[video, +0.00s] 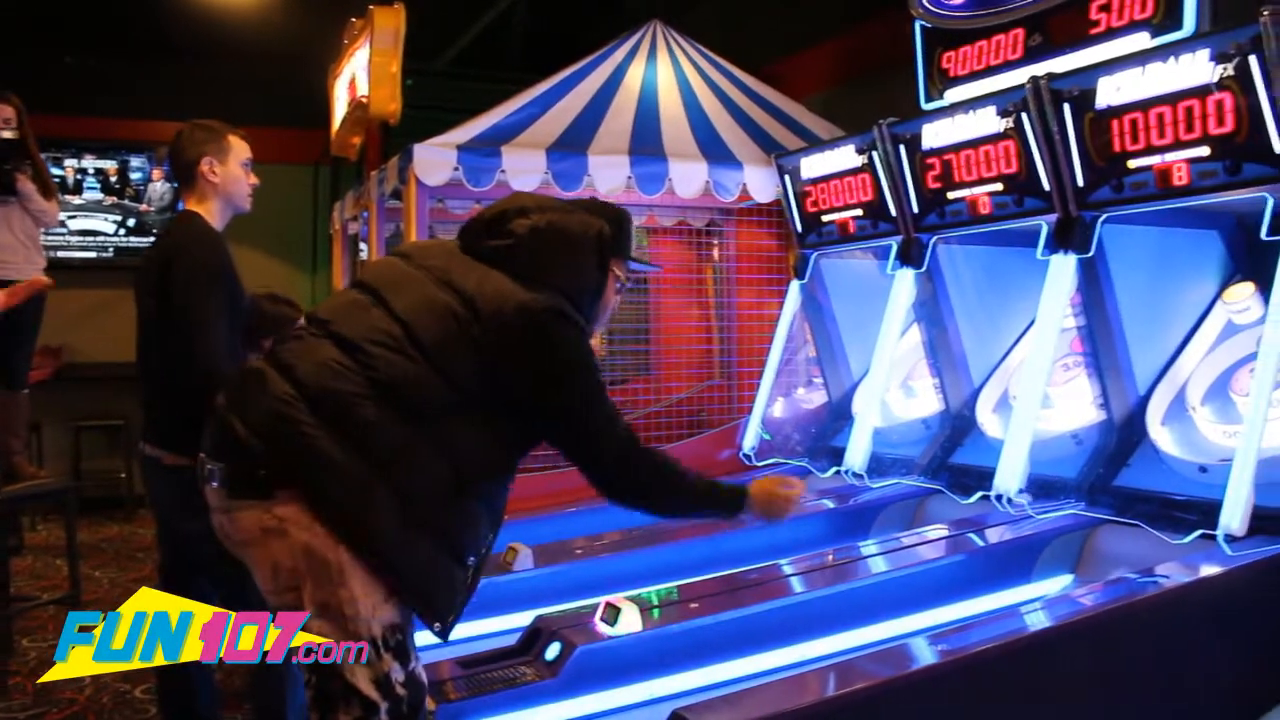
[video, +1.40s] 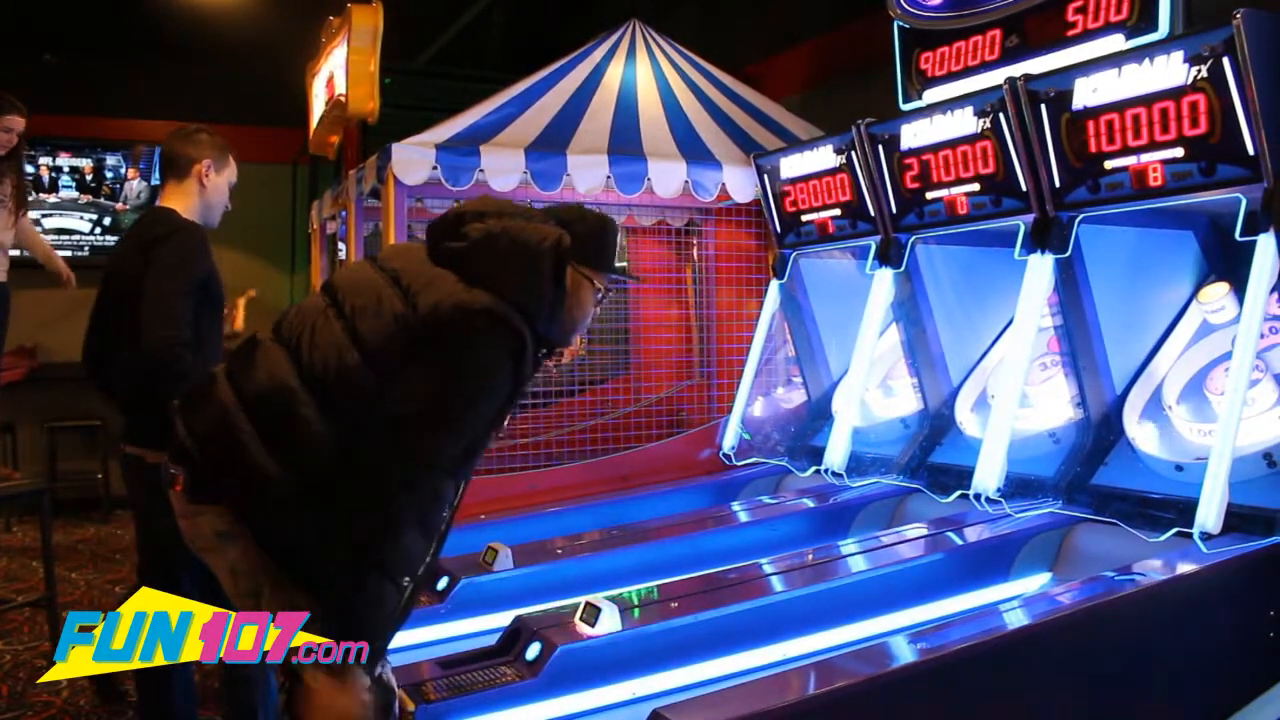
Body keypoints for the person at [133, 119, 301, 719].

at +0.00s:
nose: (254, 178)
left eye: (252, 167)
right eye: (245, 166)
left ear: (204, 172)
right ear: (210, 170)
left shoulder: (174, 241)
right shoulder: (201, 248)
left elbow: (185, 350)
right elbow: (215, 360)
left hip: (165, 447)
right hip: (193, 458)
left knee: (185, 585)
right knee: (221, 589)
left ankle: (185, 698)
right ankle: (191, 698)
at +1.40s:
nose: (230, 199)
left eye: (232, 187)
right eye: (230, 185)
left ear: (181, 172)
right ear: (204, 174)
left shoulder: (141, 235)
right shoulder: (182, 241)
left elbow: (100, 350)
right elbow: (172, 351)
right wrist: (187, 446)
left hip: (142, 452)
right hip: (175, 458)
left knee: (165, 593)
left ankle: (166, 704)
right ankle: (254, 707)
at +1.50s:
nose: (231, 197)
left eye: (232, 183)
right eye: (229, 182)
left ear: (182, 174)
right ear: (205, 172)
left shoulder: (141, 234)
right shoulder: (183, 240)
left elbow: (96, 352)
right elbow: (170, 348)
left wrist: (134, 423)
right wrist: (180, 443)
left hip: (141, 444)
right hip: (173, 448)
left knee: (162, 578)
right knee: (185, 586)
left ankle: (160, 696)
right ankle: (171, 700)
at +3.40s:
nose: (187, 189)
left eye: (185, 174)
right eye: (183, 174)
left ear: (129, 178)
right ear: (156, 173)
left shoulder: (103, 239)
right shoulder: (151, 239)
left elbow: (42, 347)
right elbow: (162, 353)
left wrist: (103, 396)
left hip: (106, 449)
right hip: (145, 456)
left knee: (123, 594)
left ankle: (123, 705)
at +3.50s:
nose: (187, 185)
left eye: (185, 172)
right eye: (183, 172)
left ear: (125, 178)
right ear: (157, 172)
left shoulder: (103, 239)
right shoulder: (152, 238)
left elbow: (50, 349)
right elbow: (160, 353)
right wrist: (211, 321)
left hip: (106, 448)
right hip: (144, 454)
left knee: (124, 593)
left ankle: (125, 706)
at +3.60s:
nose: (189, 185)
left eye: (187, 172)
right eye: (184, 172)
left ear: (127, 177)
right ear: (157, 172)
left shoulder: (102, 241)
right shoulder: (152, 239)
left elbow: (56, 350)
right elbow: (162, 354)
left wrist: (105, 403)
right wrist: (207, 325)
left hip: (109, 451)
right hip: (148, 455)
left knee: (126, 596)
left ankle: (125, 706)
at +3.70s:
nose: (191, 185)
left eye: (189, 171)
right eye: (186, 171)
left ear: (133, 176)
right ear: (158, 172)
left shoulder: (105, 240)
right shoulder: (149, 240)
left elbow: (60, 349)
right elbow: (160, 359)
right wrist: (201, 327)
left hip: (111, 454)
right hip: (144, 460)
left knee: (127, 598)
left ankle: (125, 706)